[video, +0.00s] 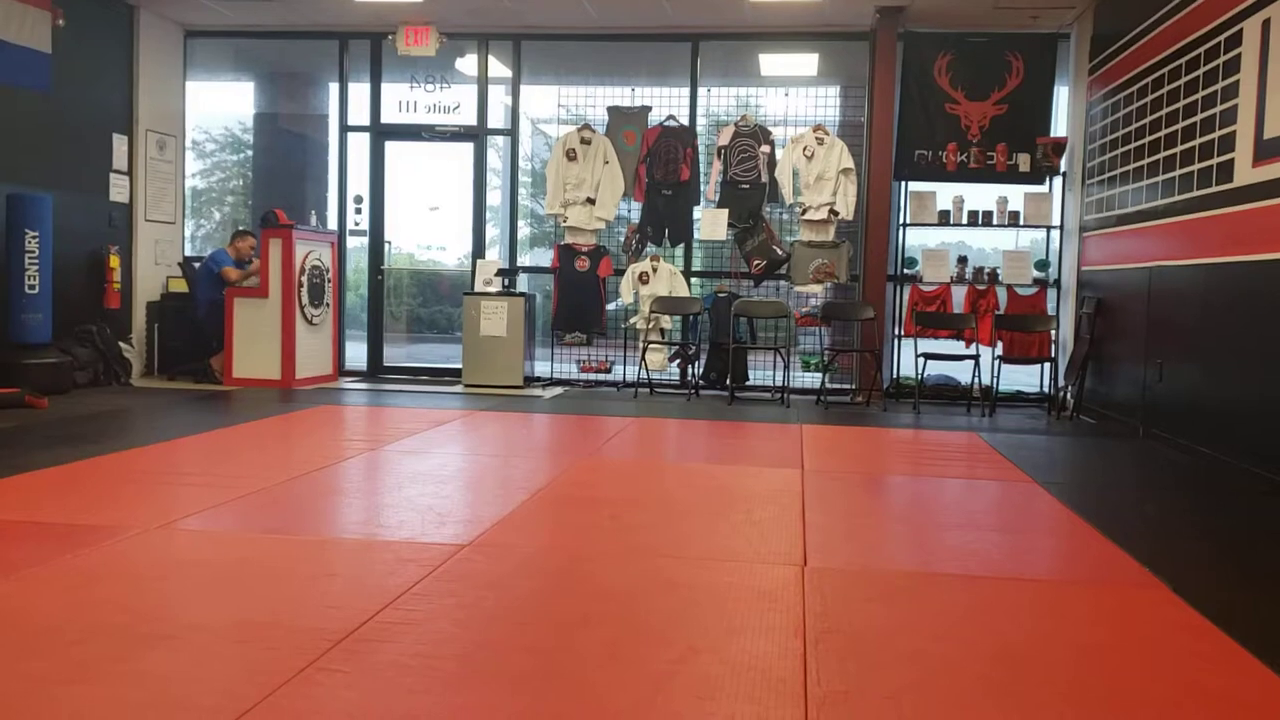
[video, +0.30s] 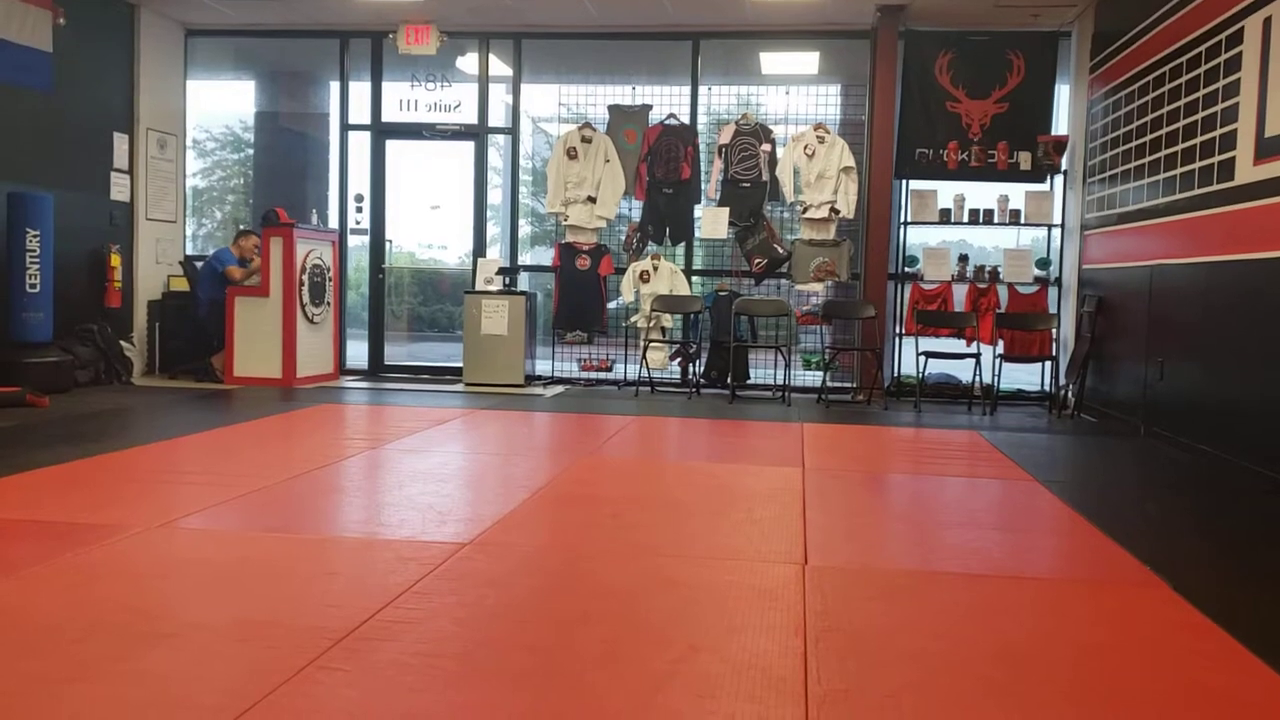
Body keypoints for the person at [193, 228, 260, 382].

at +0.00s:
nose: (252, 253)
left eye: (254, 250)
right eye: (251, 248)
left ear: (238, 244)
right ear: (238, 243)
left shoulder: (237, 261)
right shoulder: (219, 255)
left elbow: (256, 268)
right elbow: (232, 277)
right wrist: (253, 270)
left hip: (223, 307)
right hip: (207, 308)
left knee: (250, 327)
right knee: (244, 330)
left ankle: (220, 363)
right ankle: (217, 362)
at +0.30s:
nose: (256, 252)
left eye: (257, 249)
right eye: (254, 246)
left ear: (242, 243)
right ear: (241, 241)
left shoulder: (240, 261)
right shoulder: (223, 254)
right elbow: (235, 276)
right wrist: (255, 268)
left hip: (224, 306)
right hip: (208, 306)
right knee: (245, 330)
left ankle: (220, 362)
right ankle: (217, 361)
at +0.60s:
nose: (260, 255)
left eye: (262, 252)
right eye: (259, 249)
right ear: (246, 243)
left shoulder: (242, 262)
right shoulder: (228, 256)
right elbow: (241, 278)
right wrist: (258, 270)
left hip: (225, 307)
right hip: (211, 309)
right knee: (248, 332)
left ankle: (222, 363)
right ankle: (219, 363)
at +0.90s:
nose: (260, 253)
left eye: (262, 250)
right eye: (259, 248)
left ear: (249, 244)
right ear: (248, 242)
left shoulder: (242, 258)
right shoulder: (229, 254)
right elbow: (243, 276)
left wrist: (261, 263)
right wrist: (258, 266)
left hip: (224, 303)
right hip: (211, 303)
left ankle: (220, 363)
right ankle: (219, 362)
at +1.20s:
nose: (260, 255)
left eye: (262, 252)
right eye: (260, 250)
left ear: (251, 245)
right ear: (250, 244)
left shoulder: (244, 259)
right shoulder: (230, 255)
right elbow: (242, 276)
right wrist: (259, 268)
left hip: (226, 304)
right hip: (212, 305)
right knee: (245, 333)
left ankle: (222, 362)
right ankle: (220, 362)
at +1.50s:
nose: (261, 255)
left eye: (263, 252)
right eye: (260, 250)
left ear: (250, 245)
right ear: (250, 244)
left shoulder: (243, 259)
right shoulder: (230, 255)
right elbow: (241, 276)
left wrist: (262, 266)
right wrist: (259, 269)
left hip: (225, 305)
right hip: (212, 306)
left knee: (252, 328)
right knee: (247, 332)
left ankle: (222, 363)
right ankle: (220, 363)